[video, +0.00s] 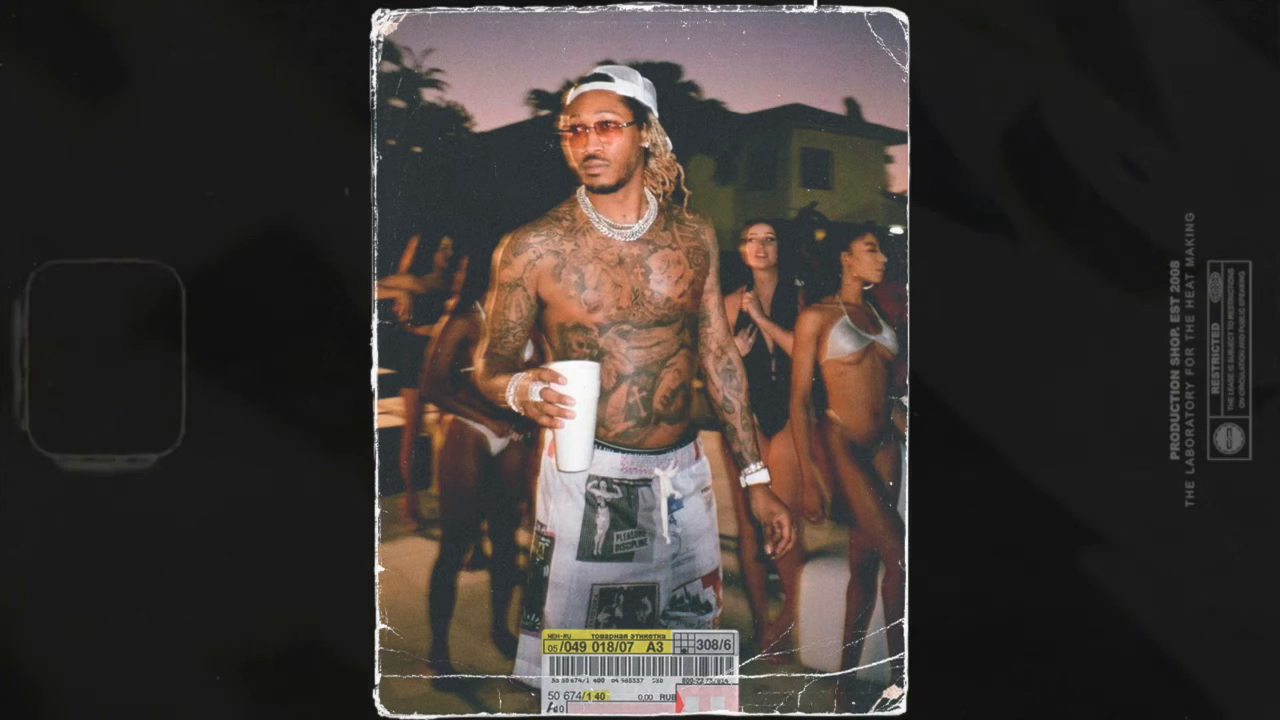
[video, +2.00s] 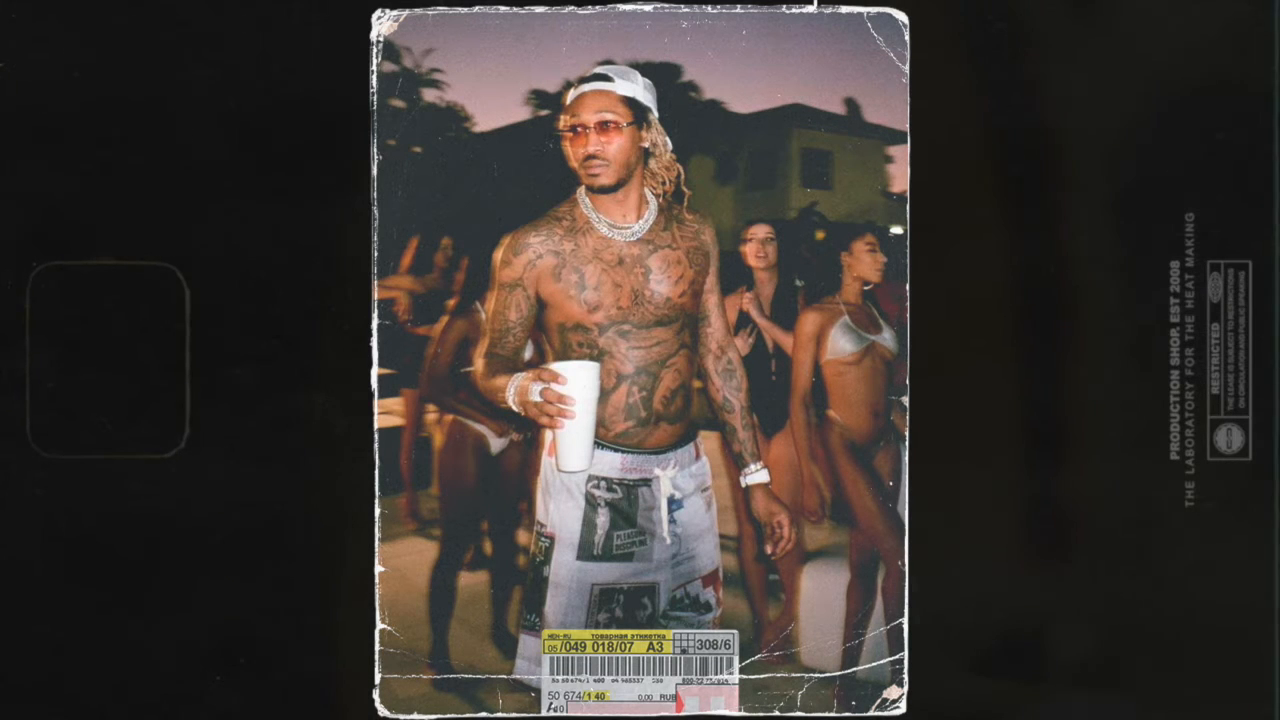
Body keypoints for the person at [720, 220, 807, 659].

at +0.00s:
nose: (760, 249)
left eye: (768, 241)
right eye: (752, 242)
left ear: (780, 249)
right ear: (741, 250)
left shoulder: (797, 296)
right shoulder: (730, 300)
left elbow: (802, 351)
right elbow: (714, 365)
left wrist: (761, 318)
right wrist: (735, 347)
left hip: (784, 421)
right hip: (739, 421)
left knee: (783, 520)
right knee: (748, 525)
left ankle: (794, 612)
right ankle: (761, 620)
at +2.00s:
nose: (759, 249)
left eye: (768, 241)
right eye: (751, 242)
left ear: (781, 249)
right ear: (741, 250)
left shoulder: (797, 296)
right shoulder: (730, 300)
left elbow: (802, 351)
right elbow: (714, 365)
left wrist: (761, 318)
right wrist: (735, 346)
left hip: (784, 420)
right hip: (739, 421)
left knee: (783, 520)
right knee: (748, 526)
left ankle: (794, 614)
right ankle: (762, 620)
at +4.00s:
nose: (760, 249)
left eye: (768, 241)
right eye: (752, 242)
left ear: (781, 249)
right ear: (741, 250)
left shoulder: (797, 296)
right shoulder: (730, 300)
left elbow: (804, 352)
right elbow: (713, 365)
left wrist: (761, 318)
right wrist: (736, 340)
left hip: (784, 419)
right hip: (738, 420)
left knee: (783, 522)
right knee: (748, 526)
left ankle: (794, 613)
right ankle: (761, 621)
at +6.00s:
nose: (759, 249)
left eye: (767, 242)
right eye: (752, 242)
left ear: (781, 249)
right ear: (740, 250)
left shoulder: (797, 296)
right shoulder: (731, 300)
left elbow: (803, 351)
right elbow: (714, 365)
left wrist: (761, 318)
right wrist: (735, 344)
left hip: (784, 420)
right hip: (739, 421)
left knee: (783, 521)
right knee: (748, 526)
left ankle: (793, 613)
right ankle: (762, 621)